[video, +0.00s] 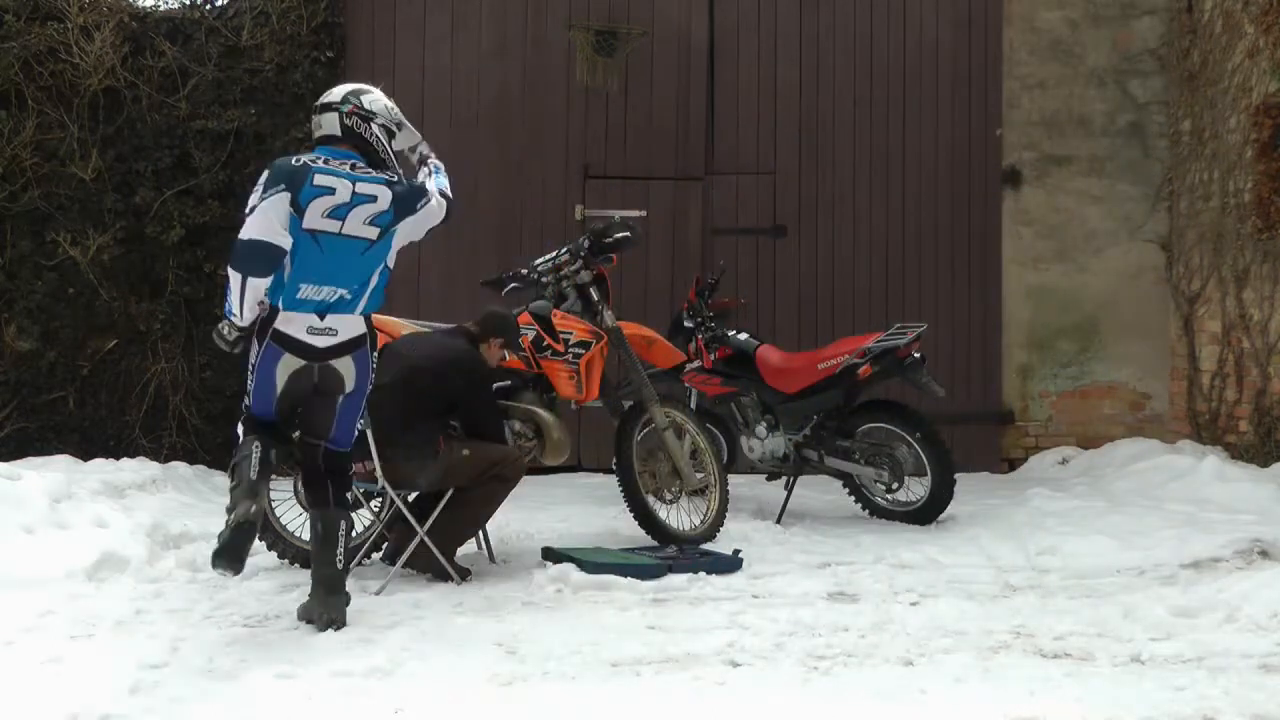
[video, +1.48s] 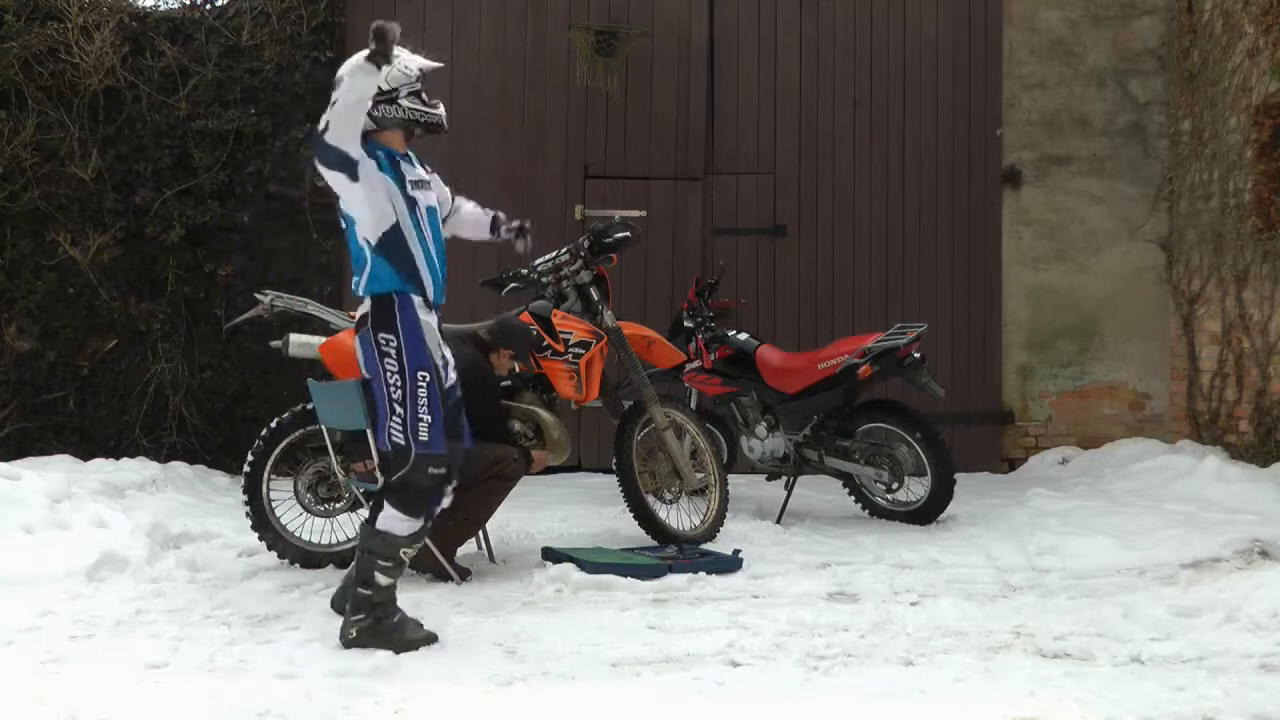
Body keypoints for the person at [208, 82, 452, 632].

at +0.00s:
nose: (386, 144)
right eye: (384, 135)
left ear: (324, 125)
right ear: (375, 134)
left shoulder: (287, 173)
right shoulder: (394, 195)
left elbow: (257, 252)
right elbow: (439, 198)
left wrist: (238, 318)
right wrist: (421, 153)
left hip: (284, 337)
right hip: (351, 347)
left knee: (259, 421)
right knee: (328, 468)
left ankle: (246, 503)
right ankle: (329, 598)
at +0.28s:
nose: (367, 137)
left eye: (367, 126)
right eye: (358, 125)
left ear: (298, 121)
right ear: (325, 123)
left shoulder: (243, 168)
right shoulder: (335, 189)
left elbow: (187, 211)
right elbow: (352, 287)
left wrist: (202, 168)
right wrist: (369, 353)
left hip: (242, 341)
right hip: (308, 346)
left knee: (232, 463)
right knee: (322, 460)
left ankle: (211, 605)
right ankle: (324, 594)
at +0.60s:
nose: (355, 116)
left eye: (355, 105)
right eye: (343, 107)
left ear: (292, 117)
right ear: (308, 113)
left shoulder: (263, 169)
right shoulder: (311, 168)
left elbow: (241, 248)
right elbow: (324, 231)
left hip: (252, 334)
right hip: (300, 333)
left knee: (265, 468)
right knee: (339, 468)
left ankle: (214, 603)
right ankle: (274, 604)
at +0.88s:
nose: (382, 123)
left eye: (388, 112)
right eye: (370, 109)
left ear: (388, 114)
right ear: (333, 108)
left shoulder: (307, 166)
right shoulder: (318, 171)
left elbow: (294, 246)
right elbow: (408, 188)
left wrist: (351, 276)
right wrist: (508, 168)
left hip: (324, 326)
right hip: (296, 329)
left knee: (410, 416)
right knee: (325, 472)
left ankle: (331, 525)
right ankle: (266, 615)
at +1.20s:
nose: (402, 115)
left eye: (401, 105)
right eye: (393, 104)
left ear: (363, 110)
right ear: (363, 109)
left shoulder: (385, 166)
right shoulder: (325, 181)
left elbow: (419, 122)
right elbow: (304, 272)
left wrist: (441, 60)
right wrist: (380, 313)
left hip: (376, 331)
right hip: (347, 334)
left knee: (396, 457)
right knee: (455, 437)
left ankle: (357, 597)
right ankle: (360, 520)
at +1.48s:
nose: (423, 114)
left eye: (420, 104)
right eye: (413, 104)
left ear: (395, 112)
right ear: (384, 112)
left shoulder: (420, 176)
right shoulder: (358, 171)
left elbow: (459, 213)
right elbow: (332, 143)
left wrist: (507, 226)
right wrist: (366, 70)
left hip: (424, 323)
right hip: (392, 323)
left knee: (449, 457)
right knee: (420, 466)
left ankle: (364, 583)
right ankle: (372, 611)